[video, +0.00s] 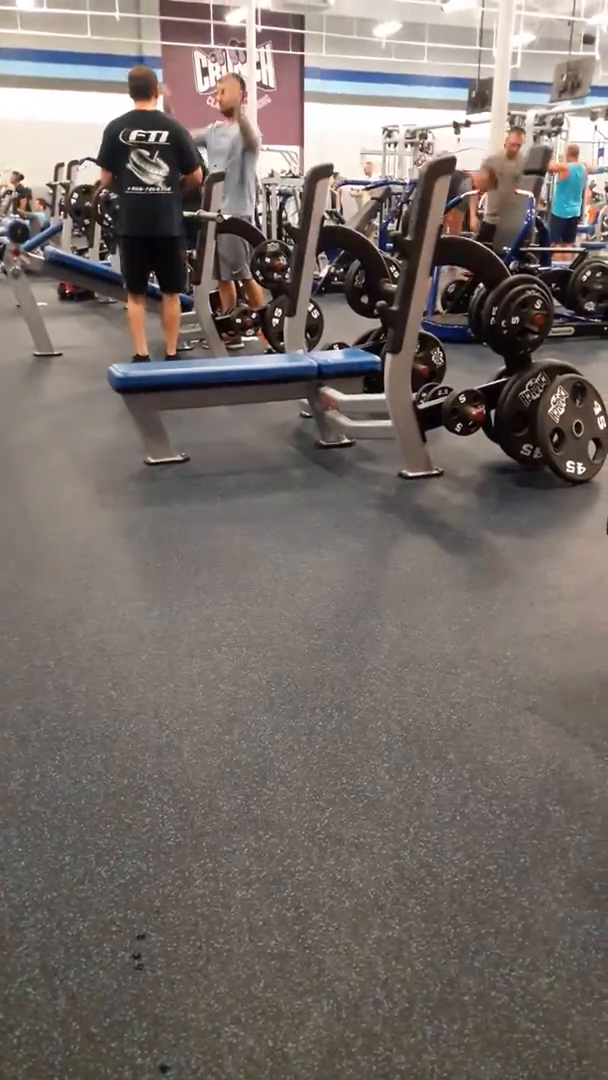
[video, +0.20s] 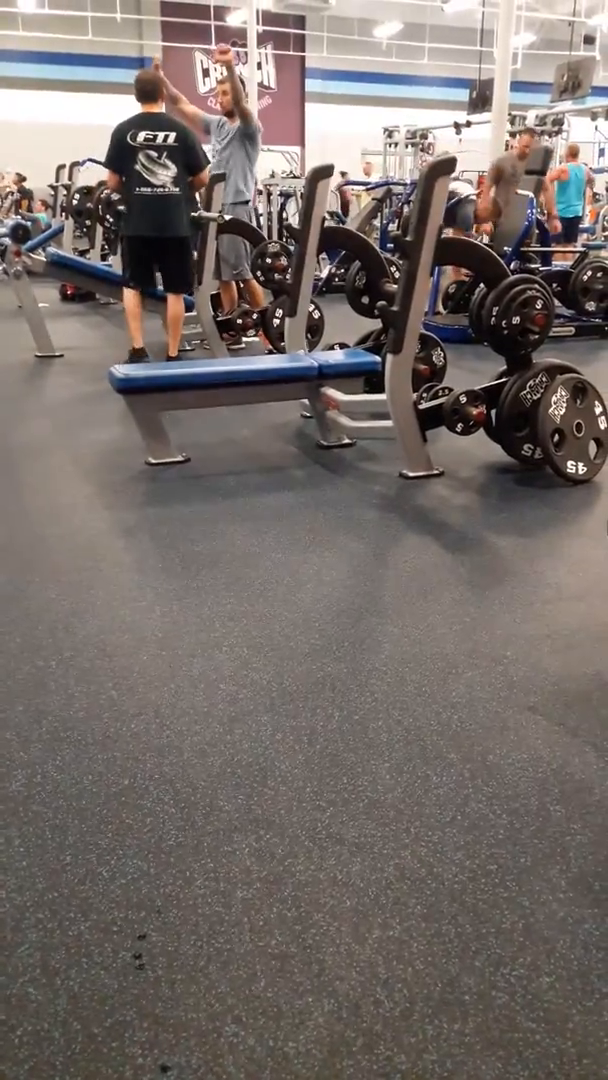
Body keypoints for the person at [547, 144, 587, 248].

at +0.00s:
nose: (566, 155)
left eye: (566, 153)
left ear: (567, 154)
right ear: (578, 154)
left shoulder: (563, 167)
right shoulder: (583, 168)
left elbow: (548, 166)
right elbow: (594, 168)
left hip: (560, 211)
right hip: (575, 211)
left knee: (556, 244)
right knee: (569, 243)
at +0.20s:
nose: (564, 155)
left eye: (565, 153)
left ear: (567, 154)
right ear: (578, 155)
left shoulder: (562, 169)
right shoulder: (584, 170)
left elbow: (548, 179)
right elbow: (592, 181)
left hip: (562, 211)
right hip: (577, 211)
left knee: (558, 244)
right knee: (571, 244)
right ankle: (570, 269)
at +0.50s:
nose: (561, 159)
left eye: (562, 157)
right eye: (562, 157)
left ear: (564, 159)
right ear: (575, 159)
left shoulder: (559, 175)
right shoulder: (582, 175)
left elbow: (548, 197)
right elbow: (586, 194)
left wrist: (548, 210)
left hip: (559, 217)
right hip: (574, 217)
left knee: (555, 250)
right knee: (568, 250)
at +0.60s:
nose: (561, 158)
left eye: (561, 156)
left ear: (560, 157)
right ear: (571, 158)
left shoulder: (554, 173)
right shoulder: (577, 174)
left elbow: (544, 194)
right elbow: (581, 194)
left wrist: (542, 206)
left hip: (554, 215)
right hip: (570, 216)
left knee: (550, 248)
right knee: (563, 248)